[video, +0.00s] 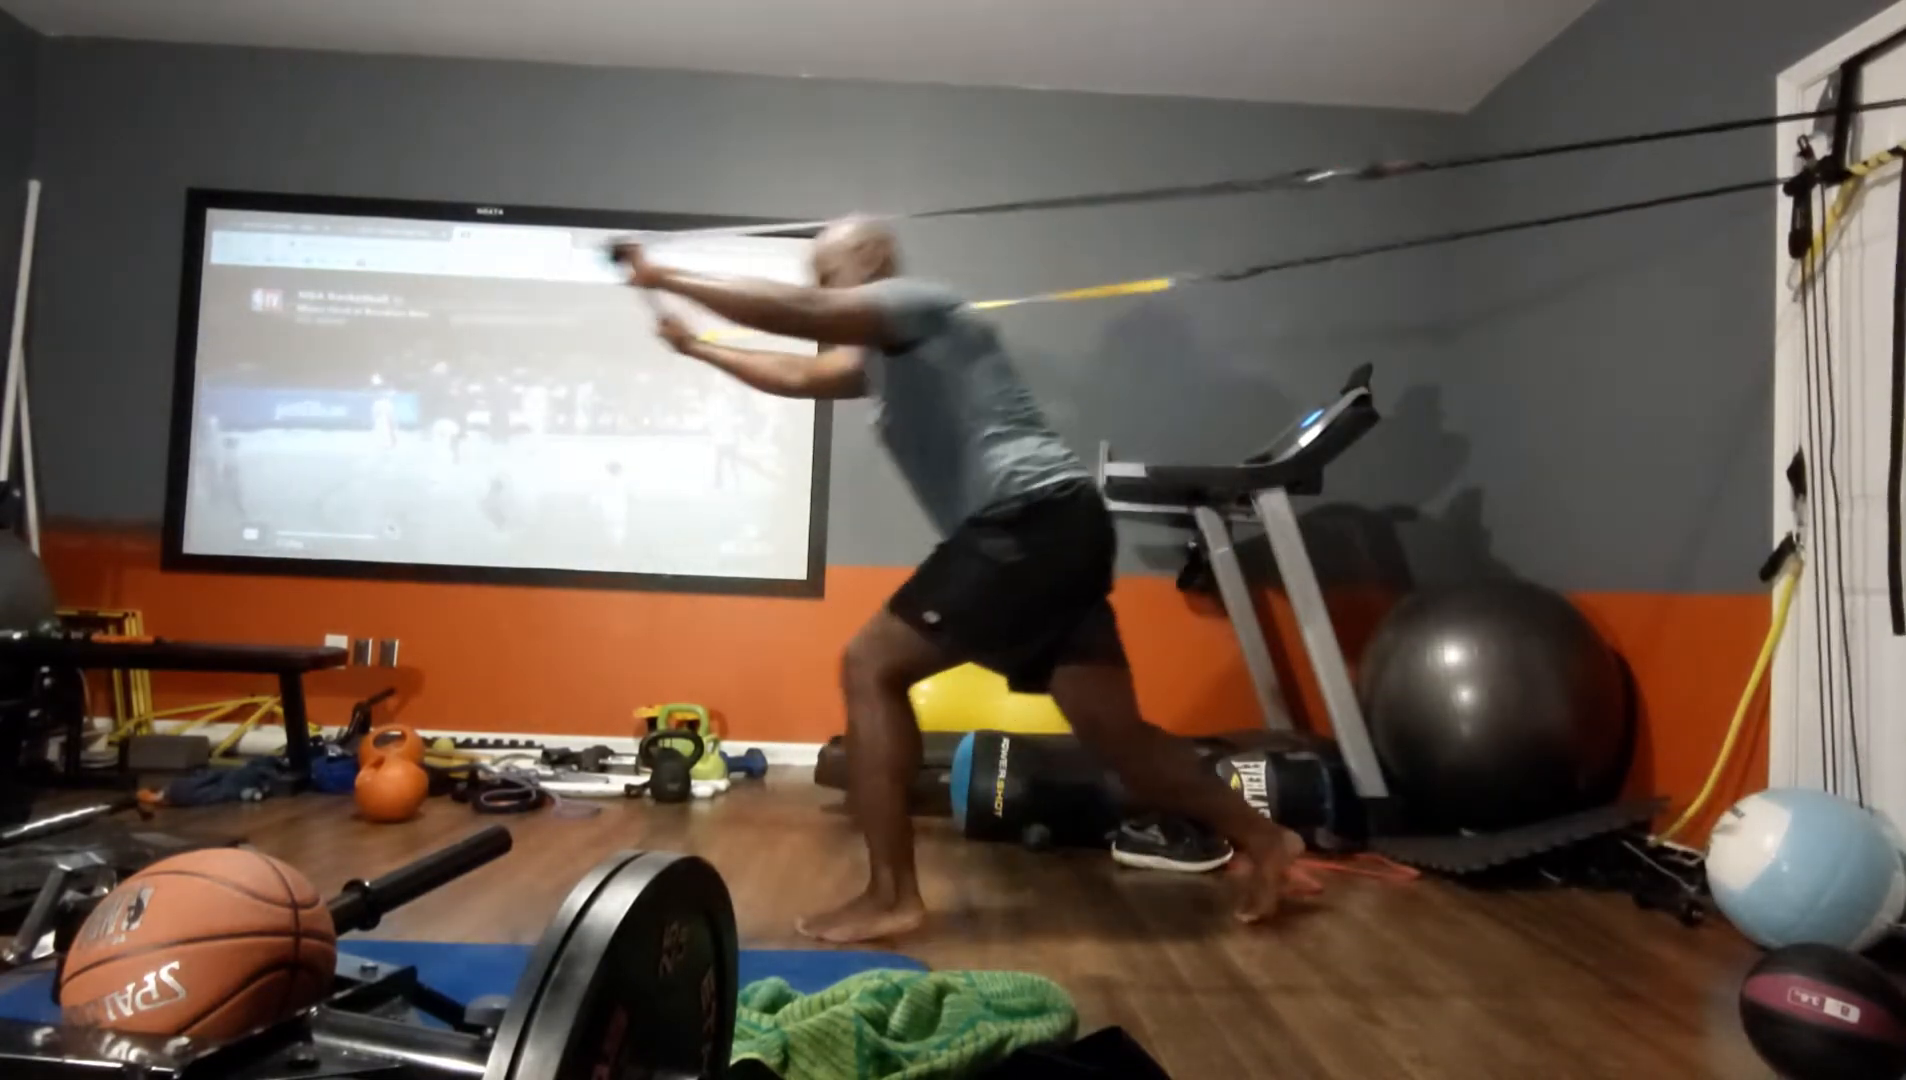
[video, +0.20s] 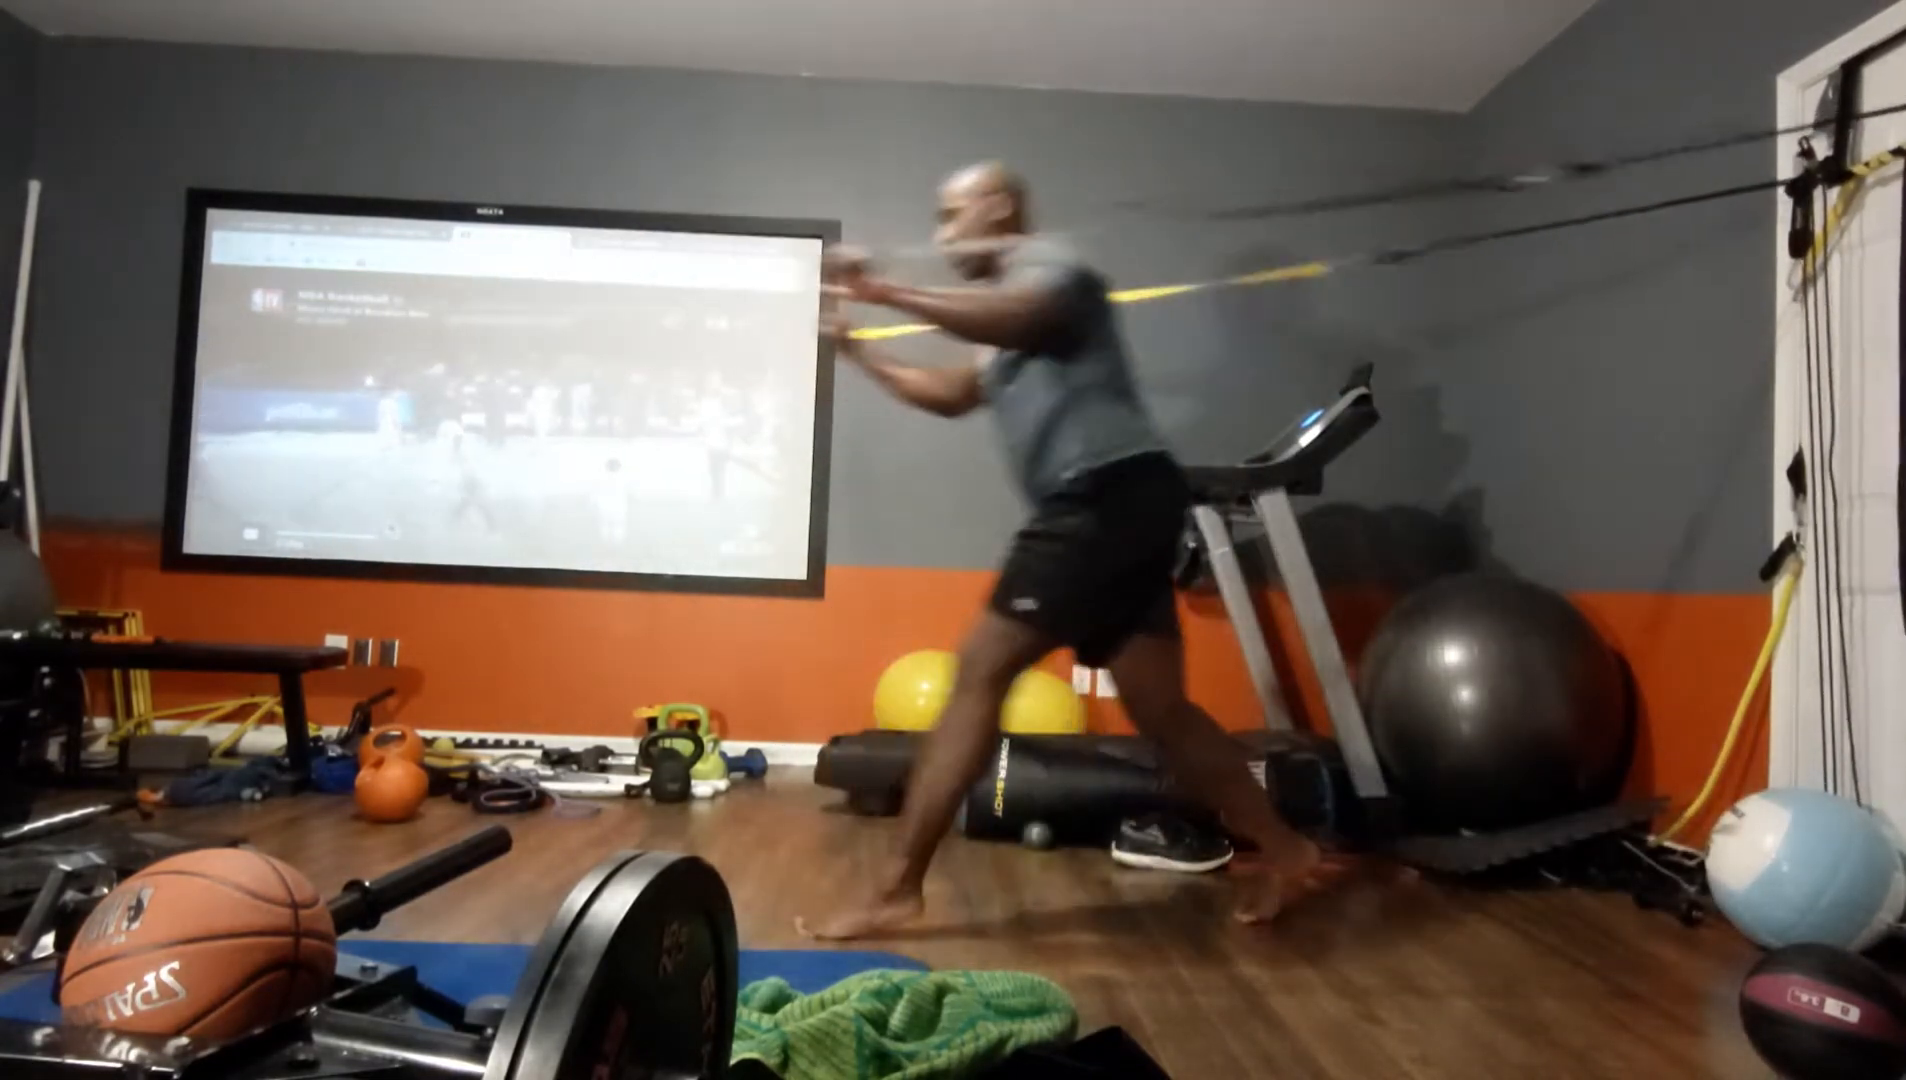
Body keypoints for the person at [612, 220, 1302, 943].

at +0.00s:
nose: (814, 277)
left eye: (824, 261)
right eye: (812, 269)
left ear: (874, 256)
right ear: (850, 280)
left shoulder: (926, 308)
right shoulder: (885, 364)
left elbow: (805, 309)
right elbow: (790, 374)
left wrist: (674, 276)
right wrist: (693, 340)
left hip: (1033, 521)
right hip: (1051, 530)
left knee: (869, 667)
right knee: (1120, 740)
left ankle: (890, 896)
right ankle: (1266, 845)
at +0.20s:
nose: (942, 227)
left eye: (955, 210)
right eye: (941, 217)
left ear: (1006, 210)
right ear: (966, 227)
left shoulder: (1054, 265)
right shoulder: (1002, 326)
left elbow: (1016, 319)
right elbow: (948, 394)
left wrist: (882, 289)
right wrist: (852, 346)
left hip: (1106, 496)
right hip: (1107, 505)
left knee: (980, 673)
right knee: (1160, 706)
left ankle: (899, 884)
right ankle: (1288, 854)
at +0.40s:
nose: (1031, 214)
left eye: (1045, 197)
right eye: (1032, 200)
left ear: (1095, 201)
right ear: (1084, 205)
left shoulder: (1133, 257)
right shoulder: (1094, 298)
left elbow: (1202, 332)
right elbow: (1094, 413)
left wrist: (1079, 334)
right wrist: (1019, 388)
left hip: (1183, 488)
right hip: (1175, 493)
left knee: (1072, 670)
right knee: (1194, 699)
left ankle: (1087, 889)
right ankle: (1301, 862)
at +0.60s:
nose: (1087, 199)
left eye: (1100, 181)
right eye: (1088, 185)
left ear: (1149, 187)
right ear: (1133, 195)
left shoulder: (1193, 244)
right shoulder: (1150, 283)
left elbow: (1287, 320)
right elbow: (1186, 393)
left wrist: (1181, 347)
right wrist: (1113, 406)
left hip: (1245, 477)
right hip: (1221, 483)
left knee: (1185, 681)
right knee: (1225, 690)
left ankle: (1332, 852)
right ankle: (1312, 858)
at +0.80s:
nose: (1130, 201)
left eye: (1145, 185)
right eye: (1131, 187)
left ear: (1195, 192)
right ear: (1181, 197)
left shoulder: (1244, 250)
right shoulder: (1192, 285)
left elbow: (1340, 333)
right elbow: (1227, 397)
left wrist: (1235, 359)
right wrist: (1155, 408)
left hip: (1312, 497)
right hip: (1243, 510)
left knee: (1321, 690)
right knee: (1244, 685)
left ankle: (1478, 874)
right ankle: (1315, 879)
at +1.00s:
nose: (1159, 196)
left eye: (1174, 179)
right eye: (1160, 183)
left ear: (1227, 184)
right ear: (1211, 190)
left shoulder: (1283, 248)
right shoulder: (1218, 293)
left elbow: (1376, 334)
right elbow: (1253, 398)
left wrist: (1268, 366)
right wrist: (1171, 410)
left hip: (1352, 497)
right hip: (1280, 511)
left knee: (1384, 694)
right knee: (1248, 685)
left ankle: (1499, 885)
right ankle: (1316, 878)